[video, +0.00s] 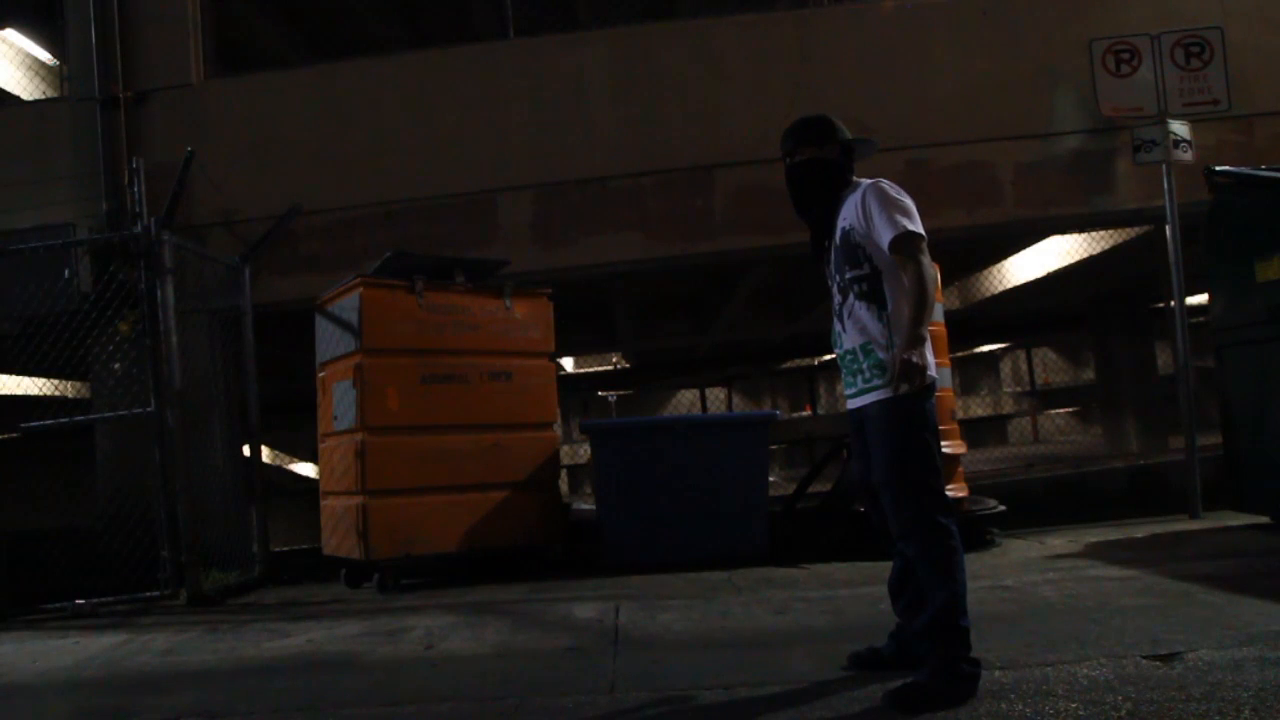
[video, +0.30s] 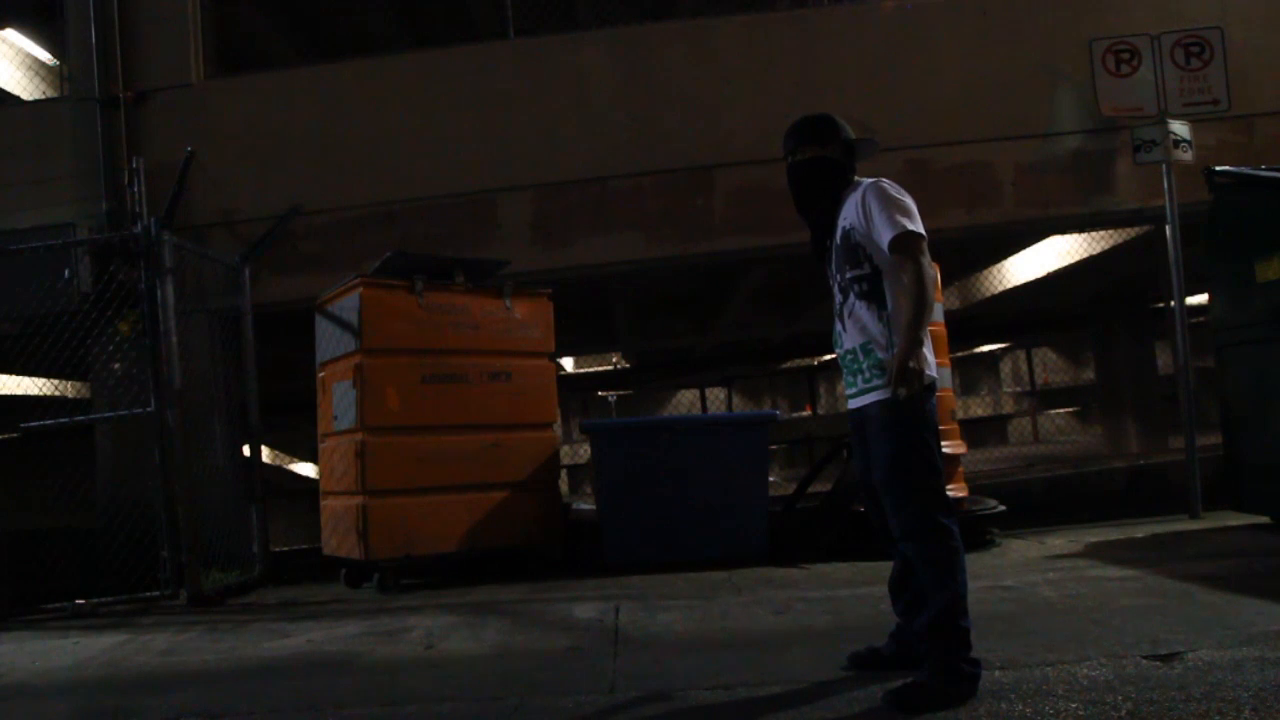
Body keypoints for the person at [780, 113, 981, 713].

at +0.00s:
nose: (796, 180)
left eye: (804, 166)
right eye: (791, 169)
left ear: (833, 161)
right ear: (802, 169)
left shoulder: (873, 195)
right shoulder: (840, 221)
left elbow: (918, 265)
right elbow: (860, 306)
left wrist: (912, 345)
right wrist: (856, 383)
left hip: (902, 393)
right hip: (872, 398)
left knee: (925, 521)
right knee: (898, 522)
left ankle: (951, 662)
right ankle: (913, 639)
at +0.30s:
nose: (796, 179)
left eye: (804, 165)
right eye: (792, 168)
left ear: (833, 160)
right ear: (808, 166)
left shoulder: (873, 195)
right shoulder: (843, 220)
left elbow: (916, 265)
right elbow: (865, 305)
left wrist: (909, 349)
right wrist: (859, 384)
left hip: (902, 393)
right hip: (873, 398)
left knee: (926, 523)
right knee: (899, 523)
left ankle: (951, 664)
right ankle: (914, 639)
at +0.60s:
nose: (799, 177)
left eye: (807, 163)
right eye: (795, 166)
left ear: (836, 158)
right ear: (809, 166)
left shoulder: (875, 194)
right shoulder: (842, 220)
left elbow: (916, 264)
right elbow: (862, 309)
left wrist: (907, 346)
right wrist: (853, 387)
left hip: (903, 393)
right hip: (873, 399)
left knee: (926, 522)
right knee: (898, 522)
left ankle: (952, 663)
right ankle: (914, 639)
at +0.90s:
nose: (787, 186)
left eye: (795, 172)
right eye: (784, 175)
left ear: (823, 166)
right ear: (811, 170)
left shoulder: (865, 200)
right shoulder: (833, 225)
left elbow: (916, 263)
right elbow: (863, 310)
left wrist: (914, 332)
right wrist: (850, 370)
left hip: (903, 392)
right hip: (875, 398)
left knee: (916, 522)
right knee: (897, 523)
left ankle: (949, 662)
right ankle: (913, 639)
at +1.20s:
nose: (774, 201)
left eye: (780, 186)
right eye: (769, 190)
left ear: (809, 177)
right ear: (784, 189)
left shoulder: (855, 205)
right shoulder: (825, 243)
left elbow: (919, 267)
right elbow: (861, 320)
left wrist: (920, 352)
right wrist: (860, 387)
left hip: (905, 392)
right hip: (875, 401)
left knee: (916, 519)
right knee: (897, 520)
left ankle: (947, 660)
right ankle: (914, 638)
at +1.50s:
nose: (773, 207)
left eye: (778, 193)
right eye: (768, 197)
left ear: (806, 182)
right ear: (784, 194)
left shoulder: (852, 206)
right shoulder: (823, 244)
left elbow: (912, 264)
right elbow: (861, 321)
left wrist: (912, 353)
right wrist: (860, 392)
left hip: (904, 393)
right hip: (876, 402)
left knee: (915, 520)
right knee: (897, 520)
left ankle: (947, 660)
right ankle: (914, 638)